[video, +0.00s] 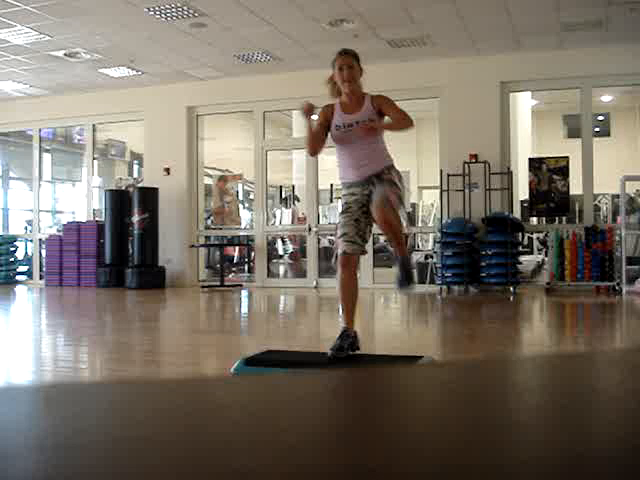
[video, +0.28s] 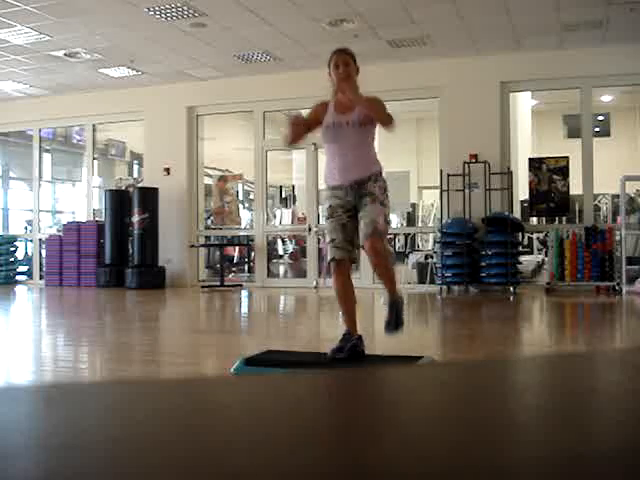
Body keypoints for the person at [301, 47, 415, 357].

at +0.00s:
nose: (346, 73)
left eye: (350, 68)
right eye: (340, 69)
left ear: (360, 72)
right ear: (333, 76)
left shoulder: (377, 102)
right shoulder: (329, 111)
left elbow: (406, 122)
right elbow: (313, 149)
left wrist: (382, 124)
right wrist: (310, 120)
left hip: (383, 177)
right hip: (352, 188)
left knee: (381, 210)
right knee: (346, 258)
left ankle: (403, 259)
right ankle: (348, 331)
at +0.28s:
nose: (342, 69)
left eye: (346, 64)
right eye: (336, 66)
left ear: (356, 70)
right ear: (330, 73)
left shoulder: (369, 103)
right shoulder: (323, 108)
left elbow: (387, 123)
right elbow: (292, 140)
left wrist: (363, 104)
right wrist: (296, 126)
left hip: (370, 184)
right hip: (336, 189)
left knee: (372, 244)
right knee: (339, 262)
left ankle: (394, 297)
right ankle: (351, 334)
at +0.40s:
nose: (340, 65)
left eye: (345, 59)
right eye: (335, 62)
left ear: (357, 65)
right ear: (331, 69)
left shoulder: (371, 95)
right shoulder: (326, 103)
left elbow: (354, 88)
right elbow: (286, 116)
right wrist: (282, 83)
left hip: (368, 181)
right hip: (334, 184)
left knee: (378, 259)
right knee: (322, 257)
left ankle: (394, 328)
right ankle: (338, 325)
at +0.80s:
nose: (316, 59)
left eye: (321, 54)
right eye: (311, 55)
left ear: (330, 60)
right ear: (304, 61)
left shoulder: (340, 90)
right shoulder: (296, 97)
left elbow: (359, 107)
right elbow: (265, 125)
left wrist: (338, 97)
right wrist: (246, 110)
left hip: (341, 172)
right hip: (308, 178)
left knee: (352, 242)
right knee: (304, 253)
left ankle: (381, 295)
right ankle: (305, 326)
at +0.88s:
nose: (309, 60)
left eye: (315, 55)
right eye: (304, 55)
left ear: (324, 61)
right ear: (297, 63)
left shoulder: (337, 94)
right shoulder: (291, 99)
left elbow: (361, 121)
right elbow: (268, 133)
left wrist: (349, 138)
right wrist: (250, 134)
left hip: (335, 172)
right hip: (304, 178)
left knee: (338, 233)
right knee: (299, 252)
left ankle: (371, 261)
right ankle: (303, 324)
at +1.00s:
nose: (302, 78)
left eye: (307, 73)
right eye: (297, 73)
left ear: (315, 78)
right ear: (289, 80)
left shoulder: (327, 117)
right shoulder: (281, 119)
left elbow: (352, 158)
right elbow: (271, 155)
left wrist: (367, 197)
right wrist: (264, 180)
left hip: (325, 191)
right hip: (294, 196)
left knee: (322, 247)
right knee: (289, 270)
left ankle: (357, 237)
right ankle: (305, 333)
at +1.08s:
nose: (301, 80)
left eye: (306, 76)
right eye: (296, 76)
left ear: (314, 82)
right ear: (287, 82)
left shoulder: (325, 120)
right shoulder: (278, 122)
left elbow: (349, 163)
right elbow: (269, 161)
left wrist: (364, 200)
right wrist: (265, 184)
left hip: (324, 195)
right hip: (292, 200)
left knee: (315, 249)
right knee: (285, 270)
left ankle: (352, 243)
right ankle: (304, 333)